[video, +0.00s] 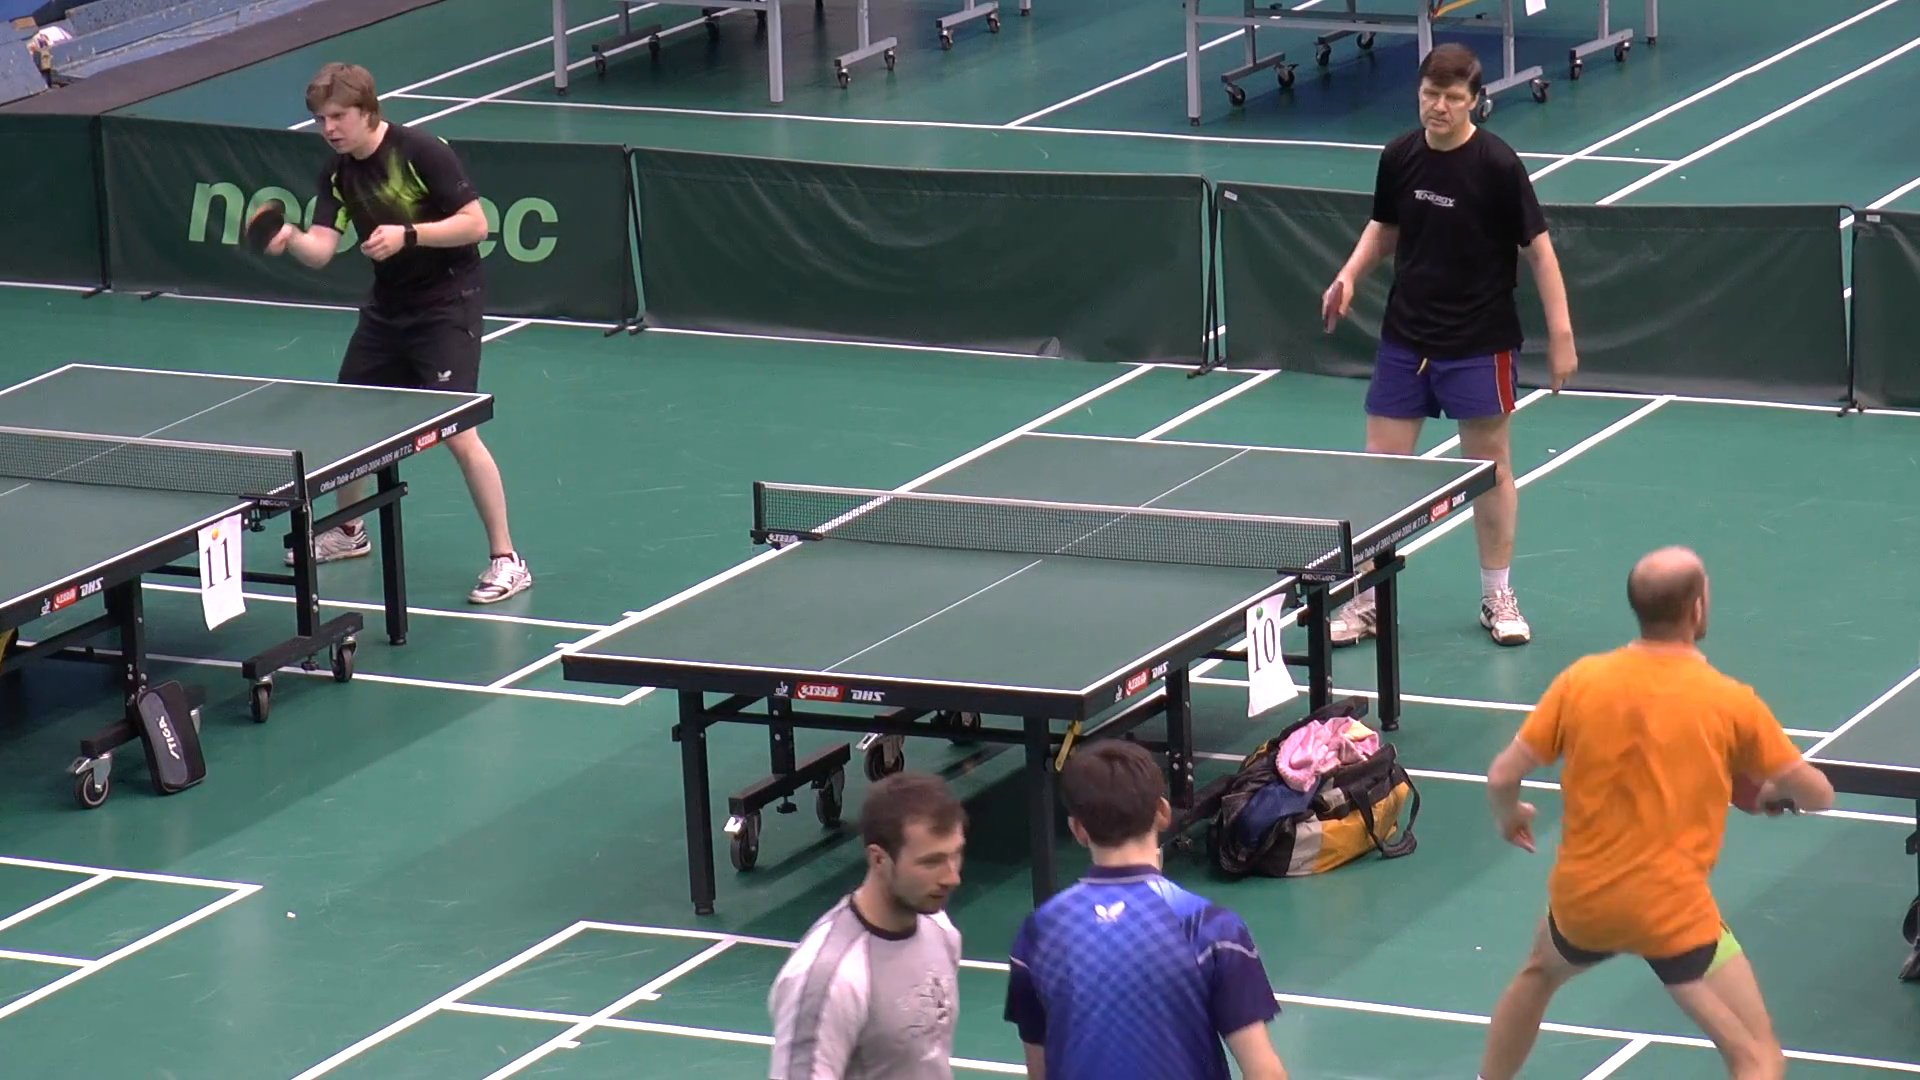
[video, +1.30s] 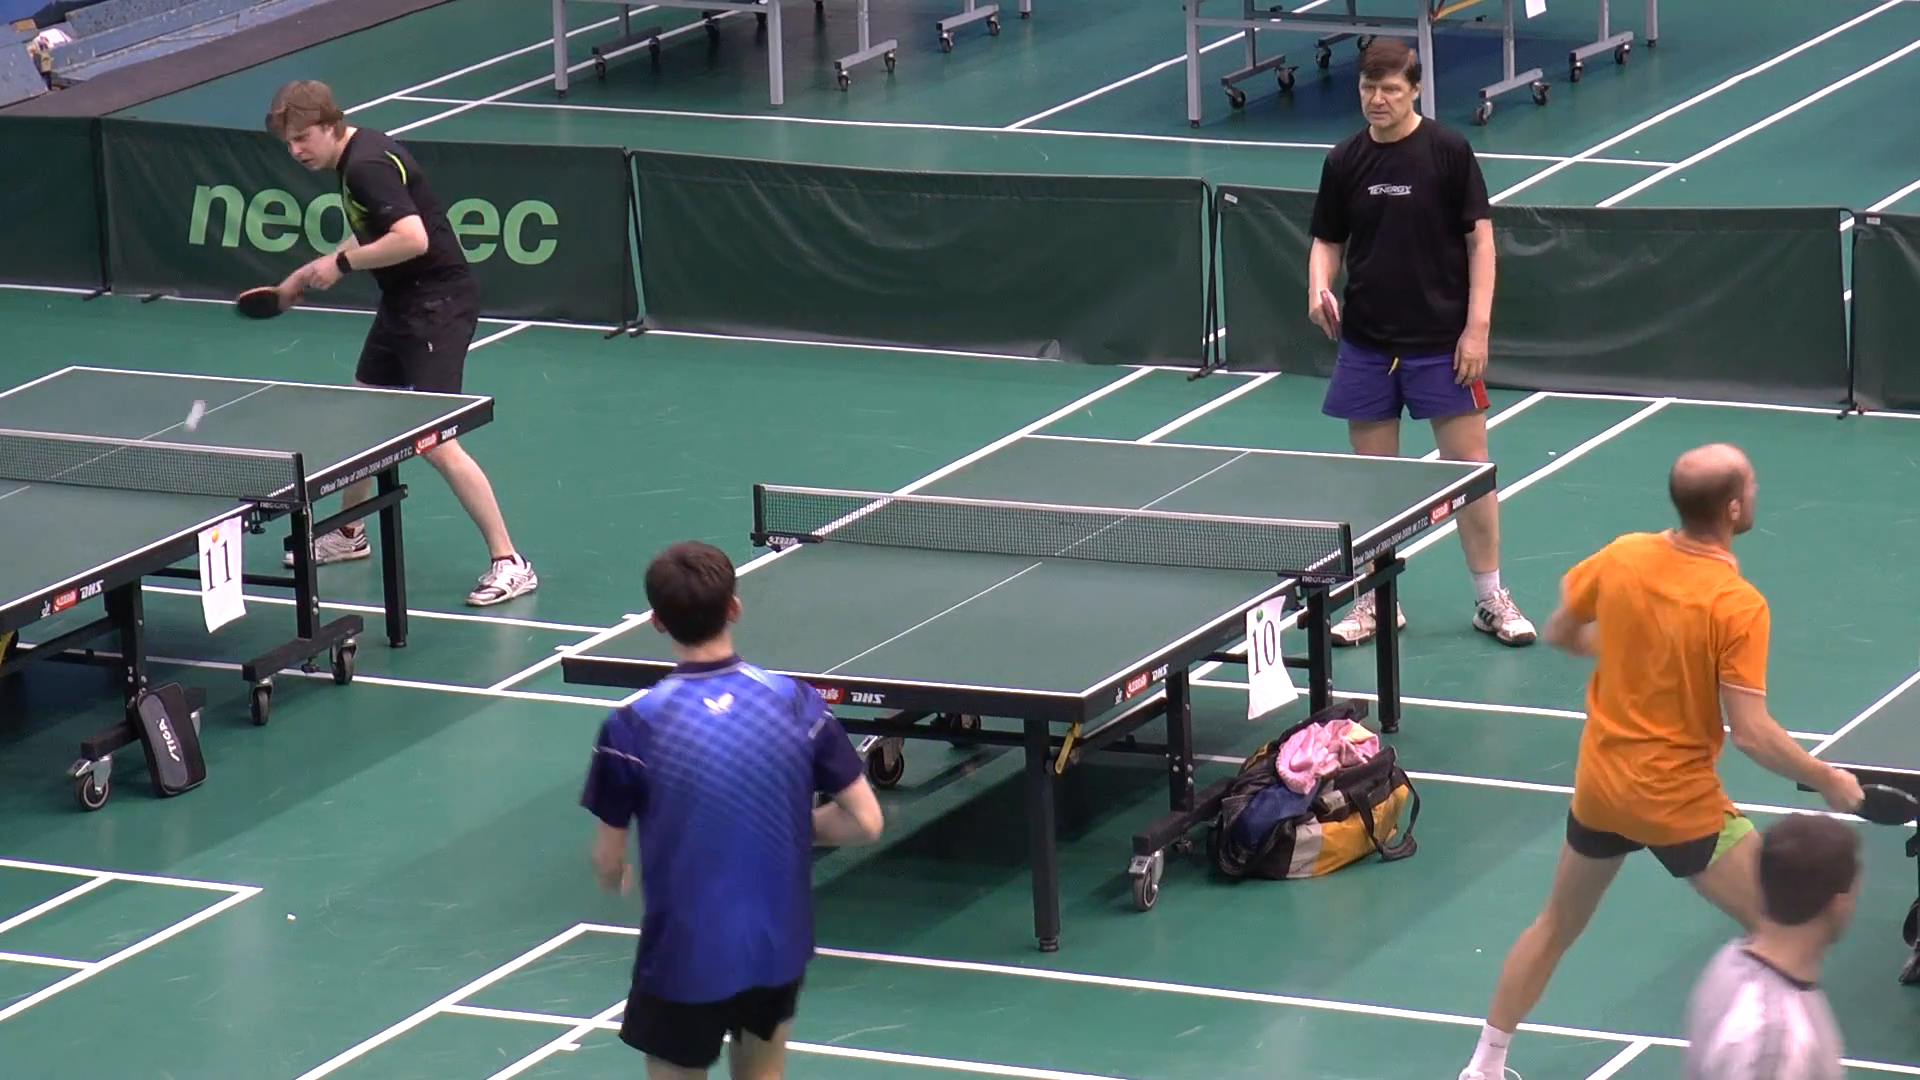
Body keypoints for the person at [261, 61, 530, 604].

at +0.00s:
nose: (327, 128)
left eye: (336, 117)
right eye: (321, 119)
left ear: (367, 112)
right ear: (320, 121)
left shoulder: (422, 150)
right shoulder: (337, 172)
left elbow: (476, 223)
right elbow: (320, 253)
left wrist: (409, 234)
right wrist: (290, 237)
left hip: (447, 309)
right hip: (385, 312)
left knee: (456, 428)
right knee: (345, 419)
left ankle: (506, 558)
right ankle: (350, 531)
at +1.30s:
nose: (295, 152)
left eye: (300, 140)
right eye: (288, 144)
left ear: (330, 127)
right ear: (318, 135)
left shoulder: (367, 162)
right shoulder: (353, 162)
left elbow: (413, 238)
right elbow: (366, 238)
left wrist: (344, 260)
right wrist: (305, 277)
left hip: (439, 302)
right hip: (400, 304)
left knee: (432, 436)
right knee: (361, 416)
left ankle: (509, 561)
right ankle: (351, 532)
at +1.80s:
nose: (375, 113)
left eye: (381, 102)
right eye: (372, 103)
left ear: (413, 96)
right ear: (400, 97)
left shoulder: (443, 145)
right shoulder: (424, 140)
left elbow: (460, 237)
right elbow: (429, 224)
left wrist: (385, 237)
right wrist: (379, 225)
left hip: (446, 305)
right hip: (419, 301)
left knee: (437, 436)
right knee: (384, 415)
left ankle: (516, 559)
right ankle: (376, 523)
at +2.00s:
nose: (376, 91)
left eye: (386, 80)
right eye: (371, 81)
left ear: (418, 78)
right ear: (372, 82)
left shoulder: (450, 134)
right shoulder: (391, 133)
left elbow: (477, 224)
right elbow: (394, 200)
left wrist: (398, 229)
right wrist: (358, 220)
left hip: (449, 298)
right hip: (402, 294)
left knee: (457, 425)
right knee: (374, 411)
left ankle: (516, 554)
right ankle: (377, 525)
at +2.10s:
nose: (367, 87)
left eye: (378, 77)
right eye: (362, 78)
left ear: (409, 77)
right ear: (359, 79)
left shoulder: (445, 133)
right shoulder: (376, 136)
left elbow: (478, 220)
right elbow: (374, 202)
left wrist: (400, 228)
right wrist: (337, 228)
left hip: (444, 297)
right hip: (390, 293)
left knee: (457, 424)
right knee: (360, 407)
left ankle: (515, 551)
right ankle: (369, 518)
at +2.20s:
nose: (352, 91)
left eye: (363, 80)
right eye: (347, 82)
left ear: (392, 79)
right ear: (344, 84)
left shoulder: (432, 134)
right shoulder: (359, 139)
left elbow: (472, 217)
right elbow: (352, 207)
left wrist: (397, 231)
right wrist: (318, 235)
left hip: (434, 299)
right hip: (376, 297)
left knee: (456, 426)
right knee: (347, 408)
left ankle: (513, 548)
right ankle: (363, 521)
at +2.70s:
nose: (314, 84)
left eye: (323, 72)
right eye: (305, 74)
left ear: (348, 65)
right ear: (299, 73)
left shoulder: (388, 109)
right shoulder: (313, 122)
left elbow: (409, 194)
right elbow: (313, 189)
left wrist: (342, 214)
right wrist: (293, 245)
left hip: (419, 263)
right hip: (360, 266)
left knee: (433, 391)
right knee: (361, 388)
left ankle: (467, 518)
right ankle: (363, 520)